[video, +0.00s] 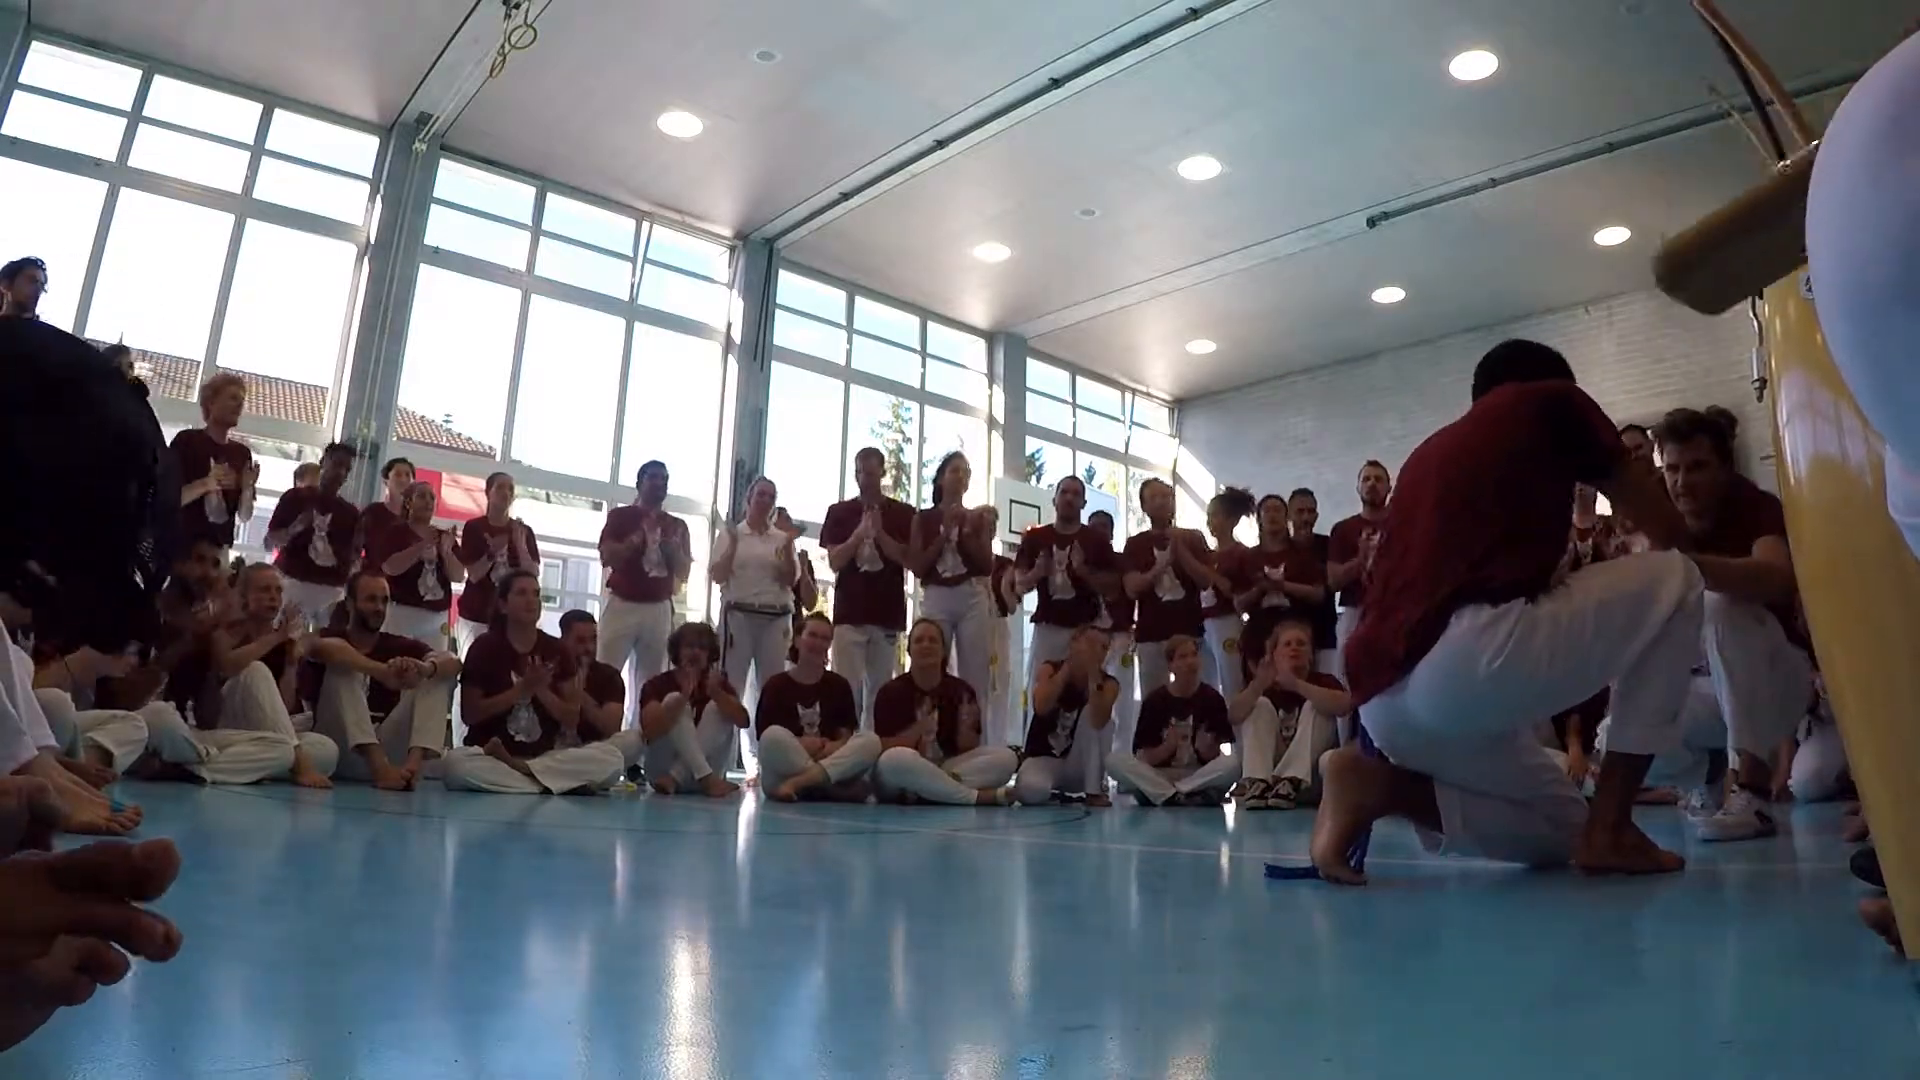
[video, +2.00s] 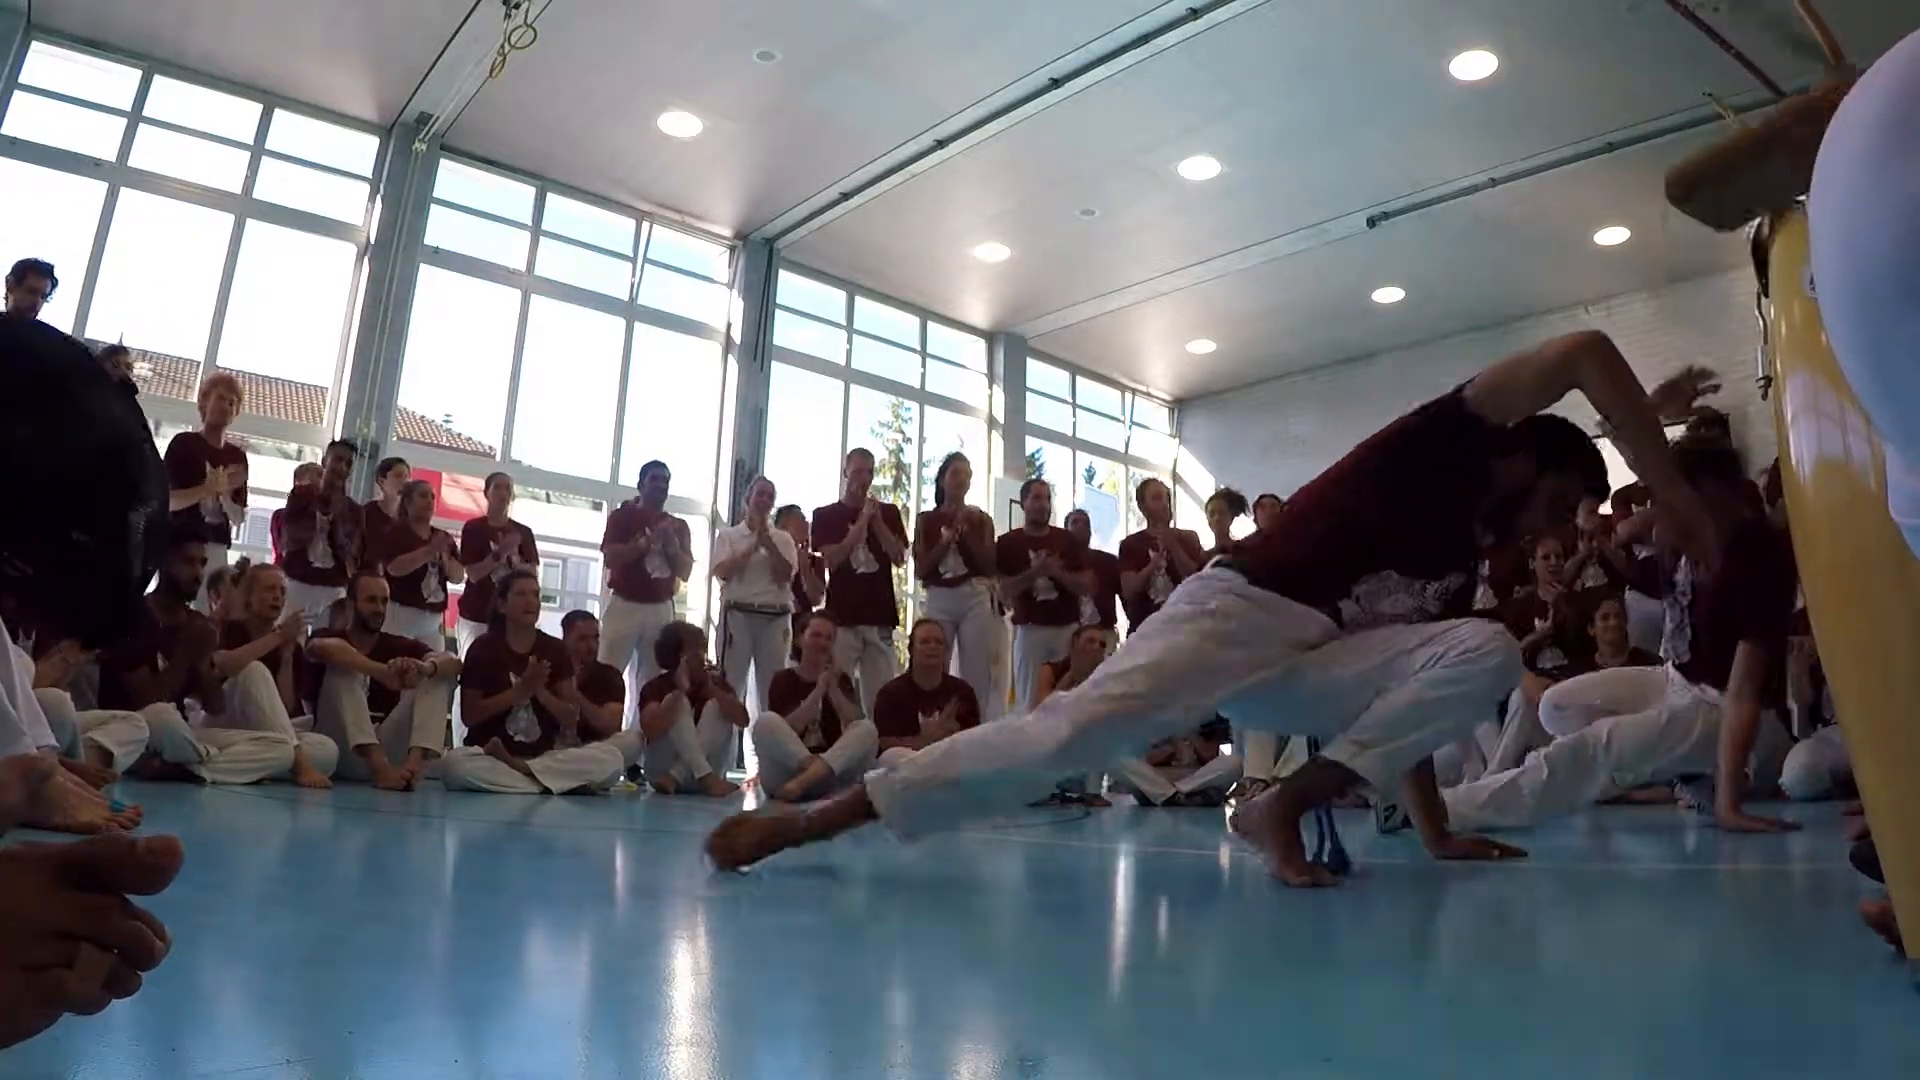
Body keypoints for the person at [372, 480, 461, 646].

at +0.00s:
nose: (428, 502)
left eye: (432, 497)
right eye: (422, 496)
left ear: (435, 503)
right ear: (408, 502)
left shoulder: (444, 537)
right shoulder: (397, 532)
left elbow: (459, 576)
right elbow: (389, 568)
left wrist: (447, 552)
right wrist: (419, 549)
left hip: (437, 613)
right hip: (402, 610)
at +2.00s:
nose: (430, 502)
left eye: (432, 497)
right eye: (423, 496)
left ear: (435, 502)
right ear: (407, 502)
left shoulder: (442, 537)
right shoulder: (396, 532)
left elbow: (457, 577)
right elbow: (394, 568)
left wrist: (445, 554)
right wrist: (431, 549)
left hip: (433, 613)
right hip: (401, 610)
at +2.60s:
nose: (428, 502)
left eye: (430, 497)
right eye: (420, 497)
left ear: (433, 501)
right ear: (405, 504)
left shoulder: (439, 536)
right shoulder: (394, 532)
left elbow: (457, 578)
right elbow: (392, 568)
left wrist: (449, 552)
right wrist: (429, 548)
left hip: (434, 615)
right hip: (401, 611)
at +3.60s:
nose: (423, 502)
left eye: (425, 496)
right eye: (415, 498)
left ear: (430, 501)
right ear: (402, 505)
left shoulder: (441, 535)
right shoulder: (393, 533)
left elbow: (457, 576)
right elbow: (393, 569)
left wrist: (438, 554)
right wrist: (429, 551)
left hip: (434, 615)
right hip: (400, 611)